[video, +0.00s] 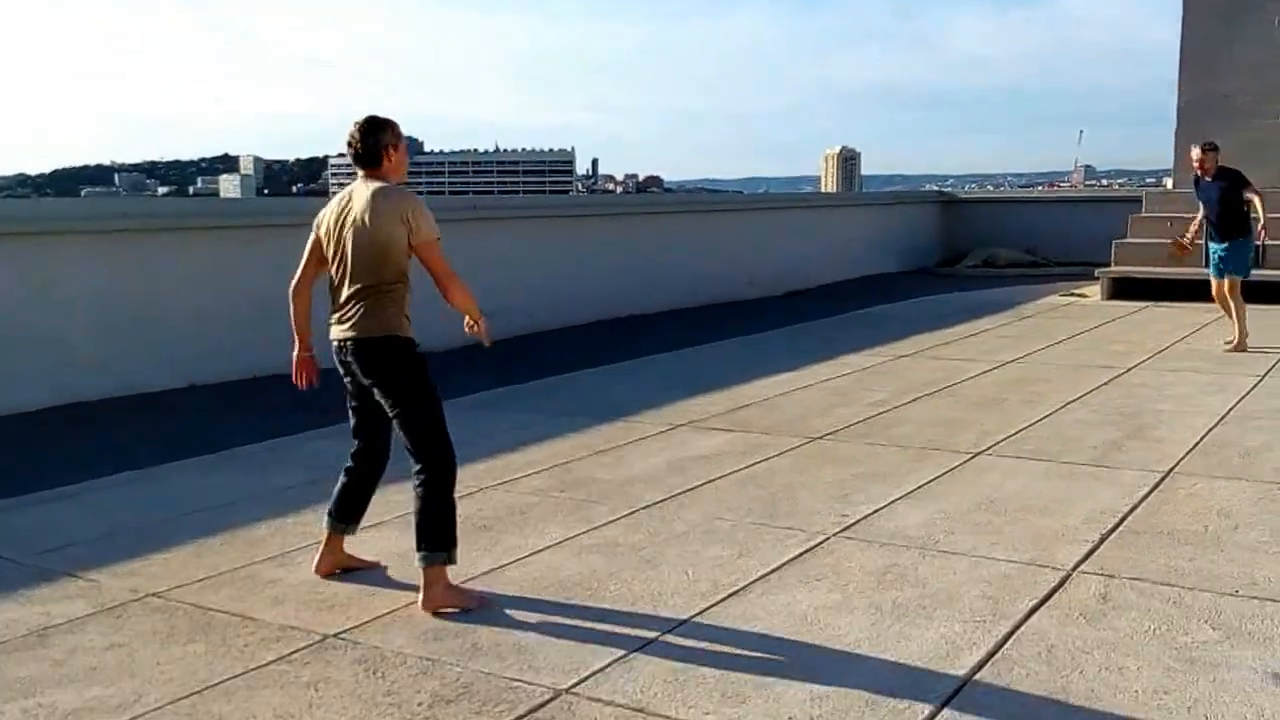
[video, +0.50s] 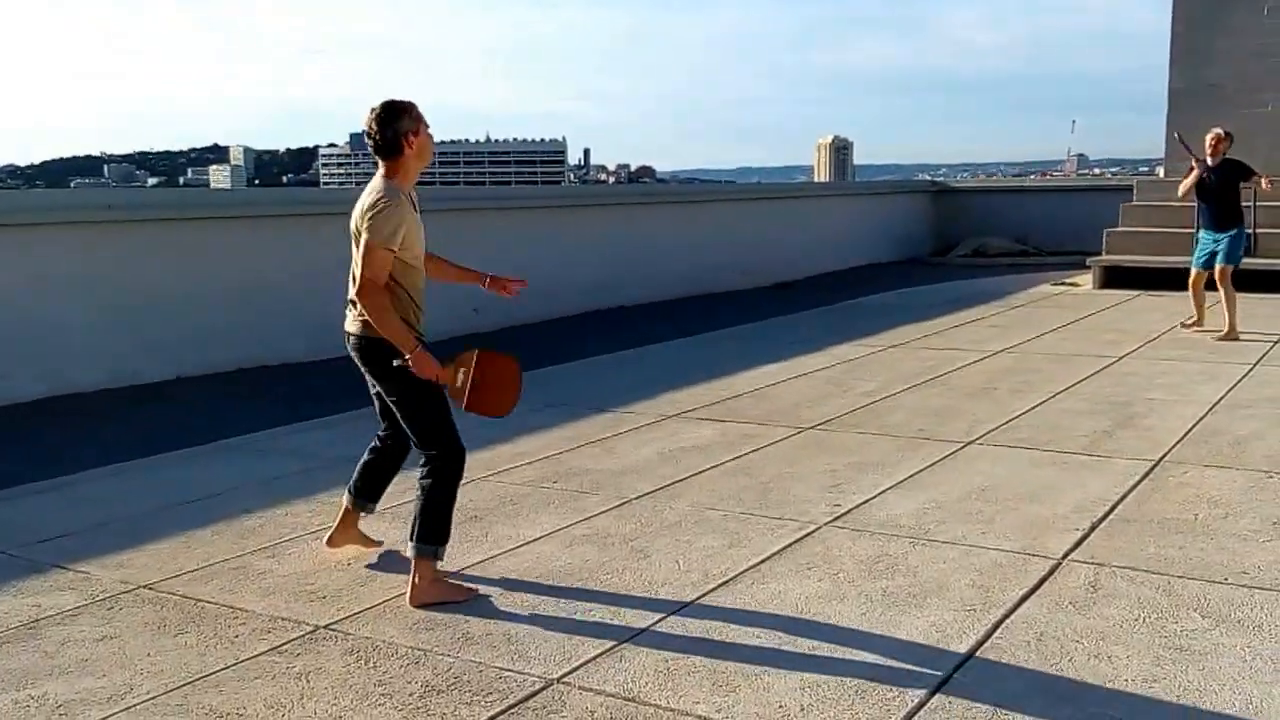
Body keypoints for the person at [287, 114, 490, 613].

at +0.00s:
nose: (408, 156)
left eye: (404, 147)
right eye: (403, 147)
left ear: (359, 157)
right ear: (389, 153)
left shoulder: (332, 210)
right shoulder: (404, 203)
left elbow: (300, 286)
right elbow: (447, 282)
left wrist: (302, 344)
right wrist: (473, 313)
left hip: (346, 347)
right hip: (389, 346)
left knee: (369, 450)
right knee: (435, 457)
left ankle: (332, 551)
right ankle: (436, 585)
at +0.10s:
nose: (415, 129)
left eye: (411, 121)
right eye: (410, 121)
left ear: (368, 129)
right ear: (396, 126)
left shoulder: (341, 180)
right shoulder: (409, 175)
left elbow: (311, 264)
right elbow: (438, 255)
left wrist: (325, 311)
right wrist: (471, 294)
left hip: (355, 322)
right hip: (395, 322)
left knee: (371, 430)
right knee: (426, 440)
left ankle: (338, 535)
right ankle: (438, 570)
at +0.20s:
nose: (422, 120)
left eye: (418, 111)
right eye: (418, 112)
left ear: (377, 123)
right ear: (404, 118)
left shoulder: (353, 175)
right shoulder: (413, 171)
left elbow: (326, 255)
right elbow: (432, 254)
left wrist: (353, 300)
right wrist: (469, 298)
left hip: (356, 318)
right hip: (395, 319)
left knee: (372, 428)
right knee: (432, 440)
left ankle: (351, 534)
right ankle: (434, 569)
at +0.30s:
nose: (435, 138)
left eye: (431, 129)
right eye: (431, 131)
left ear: (388, 142)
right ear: (419, 138)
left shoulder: (370, 190)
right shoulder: (415, 193)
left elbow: (349, 273)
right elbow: (427, 277)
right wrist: (468, 321)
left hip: (356, 335)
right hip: (394, 340)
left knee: (383, 441)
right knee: (450, 449)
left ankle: (353, 545)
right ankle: (430, 575)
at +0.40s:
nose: (440, 143)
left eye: (435, 134)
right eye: (435, 136)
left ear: (392, 146)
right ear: (421, 144)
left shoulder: (376, 192)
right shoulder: (412, 202)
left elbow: (394, 285)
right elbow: (408, 291)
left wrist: (449, 325)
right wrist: (448, 337)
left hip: (357, 337)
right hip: (390, 343)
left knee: (386, 436)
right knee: (453, 451)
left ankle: (351, 543)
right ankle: (429, 577)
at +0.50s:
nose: (432, 136)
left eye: (427, 128)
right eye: (427, 129)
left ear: (397, 144)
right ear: (411, 141)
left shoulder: (395, 196)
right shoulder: (386, 206)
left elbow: (418, 262)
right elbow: (368, 291)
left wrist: (484, 280)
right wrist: (413, 348)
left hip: (378, 340)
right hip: (384, 344)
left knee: (396, 437)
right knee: (445, 452)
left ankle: (345, 527)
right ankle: (425, 577)